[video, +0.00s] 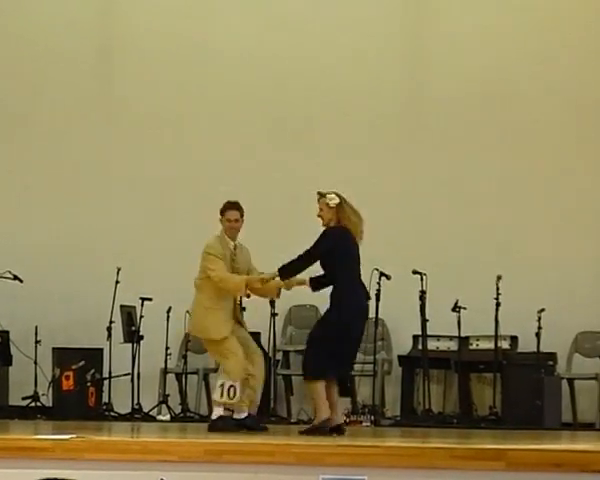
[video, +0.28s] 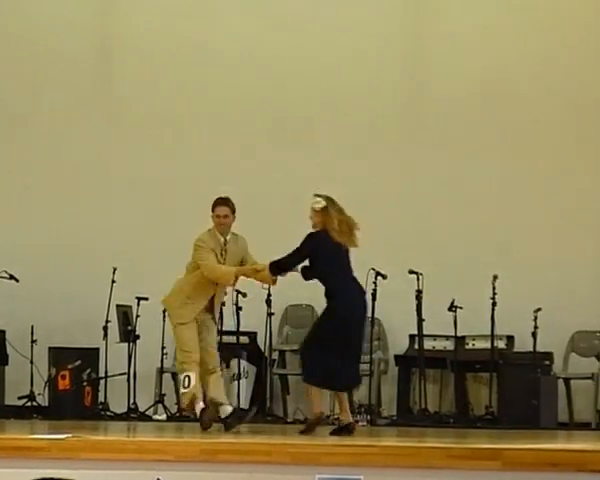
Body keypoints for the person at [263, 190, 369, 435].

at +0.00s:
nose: (319, 215)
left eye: (321, 210)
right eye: (319, 210)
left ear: (334, 209)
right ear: (336, 211)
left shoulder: (332, 234)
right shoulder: (347, 236)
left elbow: (306, 258)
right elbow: (334, 276)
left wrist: (275, 275)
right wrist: (299, 283)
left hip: (344, 302)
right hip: (357, 302)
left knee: (314, 352)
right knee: (332, 357)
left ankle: (322, 414)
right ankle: (335, 418)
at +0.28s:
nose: (311, 216)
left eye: (314, 212)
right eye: (311, 212)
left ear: (323, 214)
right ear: (329, 214)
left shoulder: (316, 238)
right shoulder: (339, 238)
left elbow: (290, 260)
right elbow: (324, 268)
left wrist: (268, 268)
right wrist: (296, 272)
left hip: (340, 304)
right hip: (356, 302)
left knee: (310, 351)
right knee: (337, 357)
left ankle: (316, 412)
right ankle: (346, 418)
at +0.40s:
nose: (289, 205)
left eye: (292, 201)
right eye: (291, 200)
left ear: (301, 203)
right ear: (311, 204)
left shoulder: (293, 227)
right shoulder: (319, 227)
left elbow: (268, 256)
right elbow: (309, 264)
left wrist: (246, 263)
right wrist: (285, 268)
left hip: (311, 293)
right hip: (329, 289)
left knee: (286, 348)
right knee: (325, 353)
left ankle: (277, 409)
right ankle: (344, 413)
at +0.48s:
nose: (273, 200)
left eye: (275, 197)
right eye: (275, 196)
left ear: (280, 199)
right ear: (298, 200)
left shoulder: (273, 223)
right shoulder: (303, 224)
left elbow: (249, 252)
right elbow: (298, 259)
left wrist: (237, 262)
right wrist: (276, 273)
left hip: (287, 288)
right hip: (307, 287)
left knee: (270, 349)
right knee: (310, 350)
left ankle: (250, 412)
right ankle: (335, 407)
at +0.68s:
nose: (232, 189)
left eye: (235, 185)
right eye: (235, 185)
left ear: (237, 189)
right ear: (260, 190)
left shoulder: (227, 218)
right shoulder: (268, 220)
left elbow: (197, 241)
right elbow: (277, 256)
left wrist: (208, 222)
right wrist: (285, 264)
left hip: (234, 291)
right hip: (261, 292)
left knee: (233, 348)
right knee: (262, 347)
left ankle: (231, 408)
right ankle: (264, 404)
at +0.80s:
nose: (247, 198)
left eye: (246, 193)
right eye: (244, 193)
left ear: (217, 192)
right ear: (237, 194)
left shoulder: (206, 221)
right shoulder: (241, 222)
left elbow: (198, 253)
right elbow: (249, 258)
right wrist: (268, 270)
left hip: (212, 284)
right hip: (236, 285)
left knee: (210, 346)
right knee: (244, 345)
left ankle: (198, 411)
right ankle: (242, 407)